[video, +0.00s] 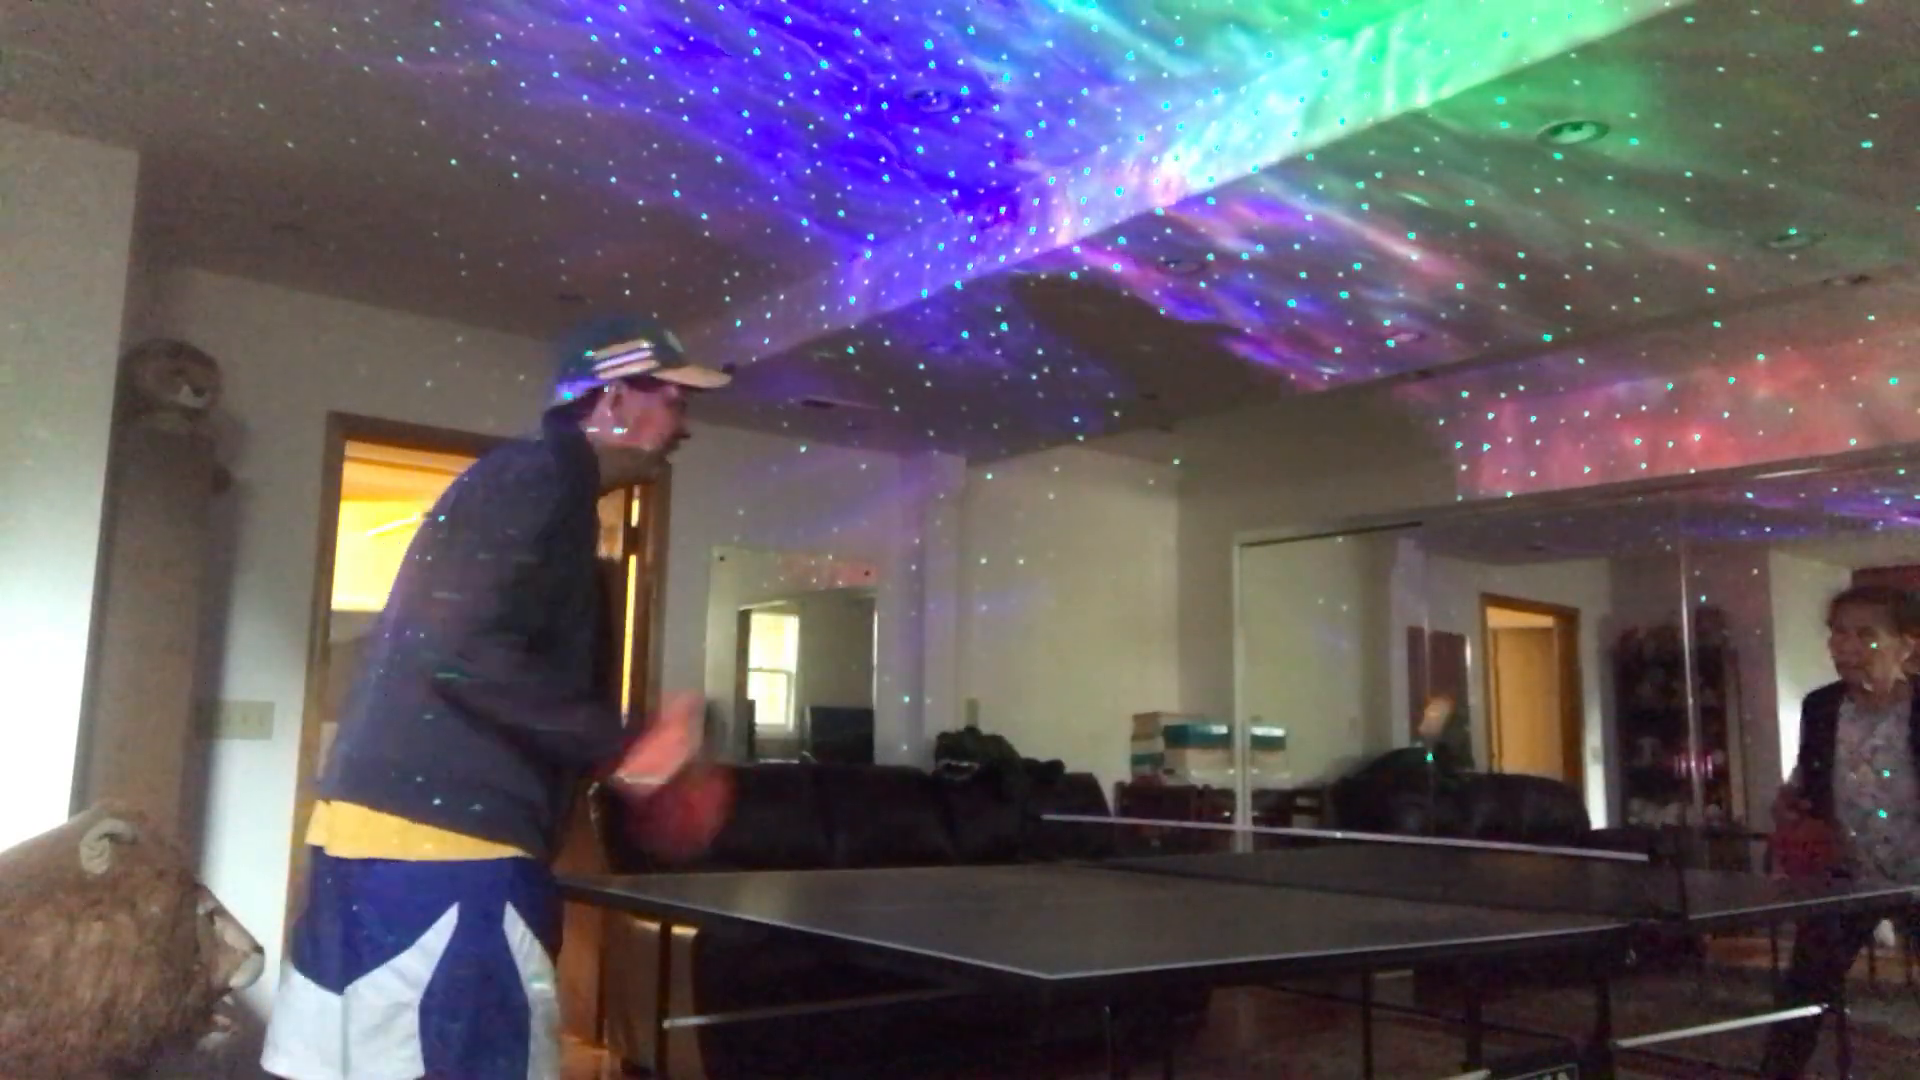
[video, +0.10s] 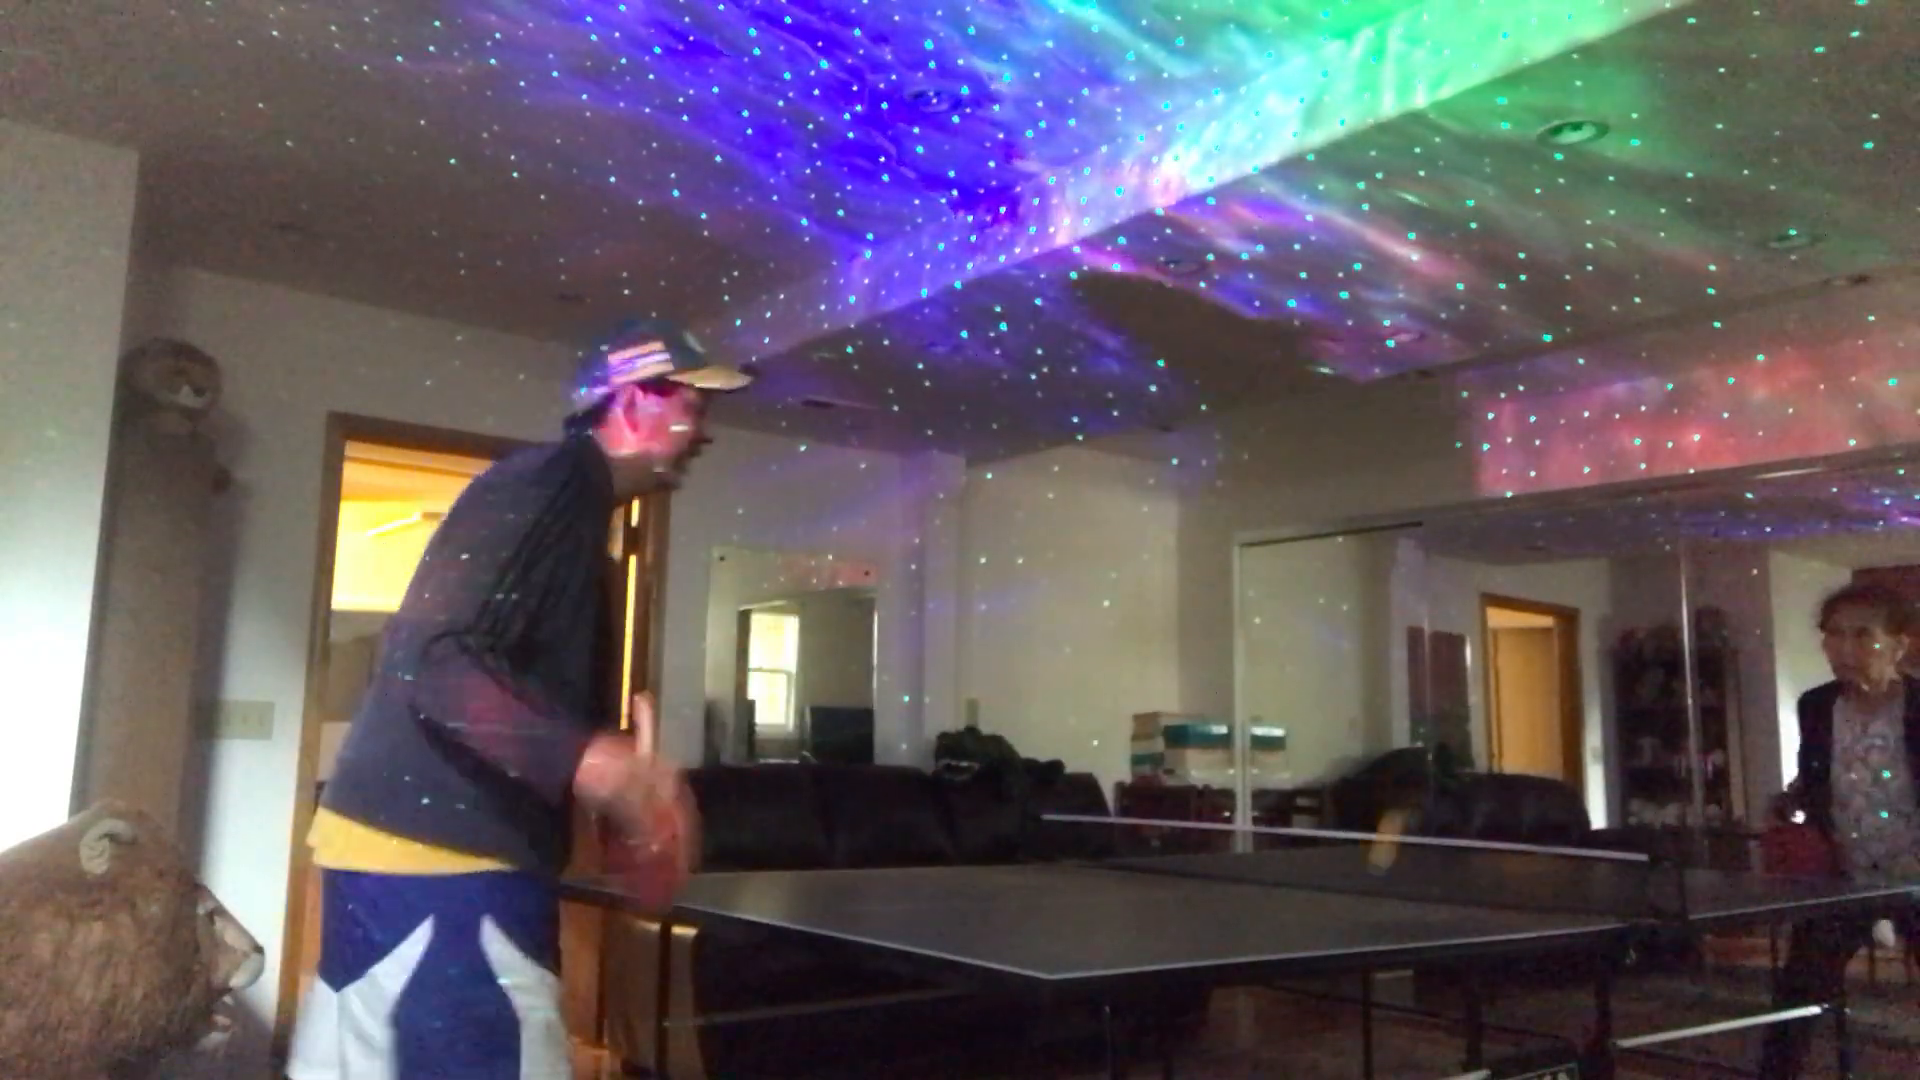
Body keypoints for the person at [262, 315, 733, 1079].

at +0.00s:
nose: (684, 427)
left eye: (684, 404)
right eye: (674, 400)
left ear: (606, 400)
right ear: (615, 399)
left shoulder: (520, 477)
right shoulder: (540, 474)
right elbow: (458, 642)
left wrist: (638, 789)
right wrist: (616, 741)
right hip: (443, 842)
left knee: (349, 1061)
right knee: (469, 1060)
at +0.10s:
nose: (704, 432)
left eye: (704, 408)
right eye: (692, 404)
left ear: (633, 406)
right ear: (633, 403)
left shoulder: (577, 509)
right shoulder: (548, 480)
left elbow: (551, 700)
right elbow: (427, 654)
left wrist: (627, 797)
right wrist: (579, 756)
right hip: (442, 863)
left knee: (364, 1067)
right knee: (501, 1064)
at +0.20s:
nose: (723, 441)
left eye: (730, 419)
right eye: (701, 412)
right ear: (641, 414)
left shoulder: (598, 514)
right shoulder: (571, 491)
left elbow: (540, 701)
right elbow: (483, 695)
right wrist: (650, 702)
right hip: (440, 869)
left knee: (392, 1067)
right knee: (524, 1063)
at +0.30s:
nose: (763, 452)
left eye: (767, 432)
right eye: (744, 427)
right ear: (677, 422)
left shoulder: (620, 526)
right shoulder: (595, 517)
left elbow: (617, 724)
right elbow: (599, 732)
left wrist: (791, 697)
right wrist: (778, 700)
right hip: (454, 869)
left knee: (397, 1070)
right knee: (553, 1065)